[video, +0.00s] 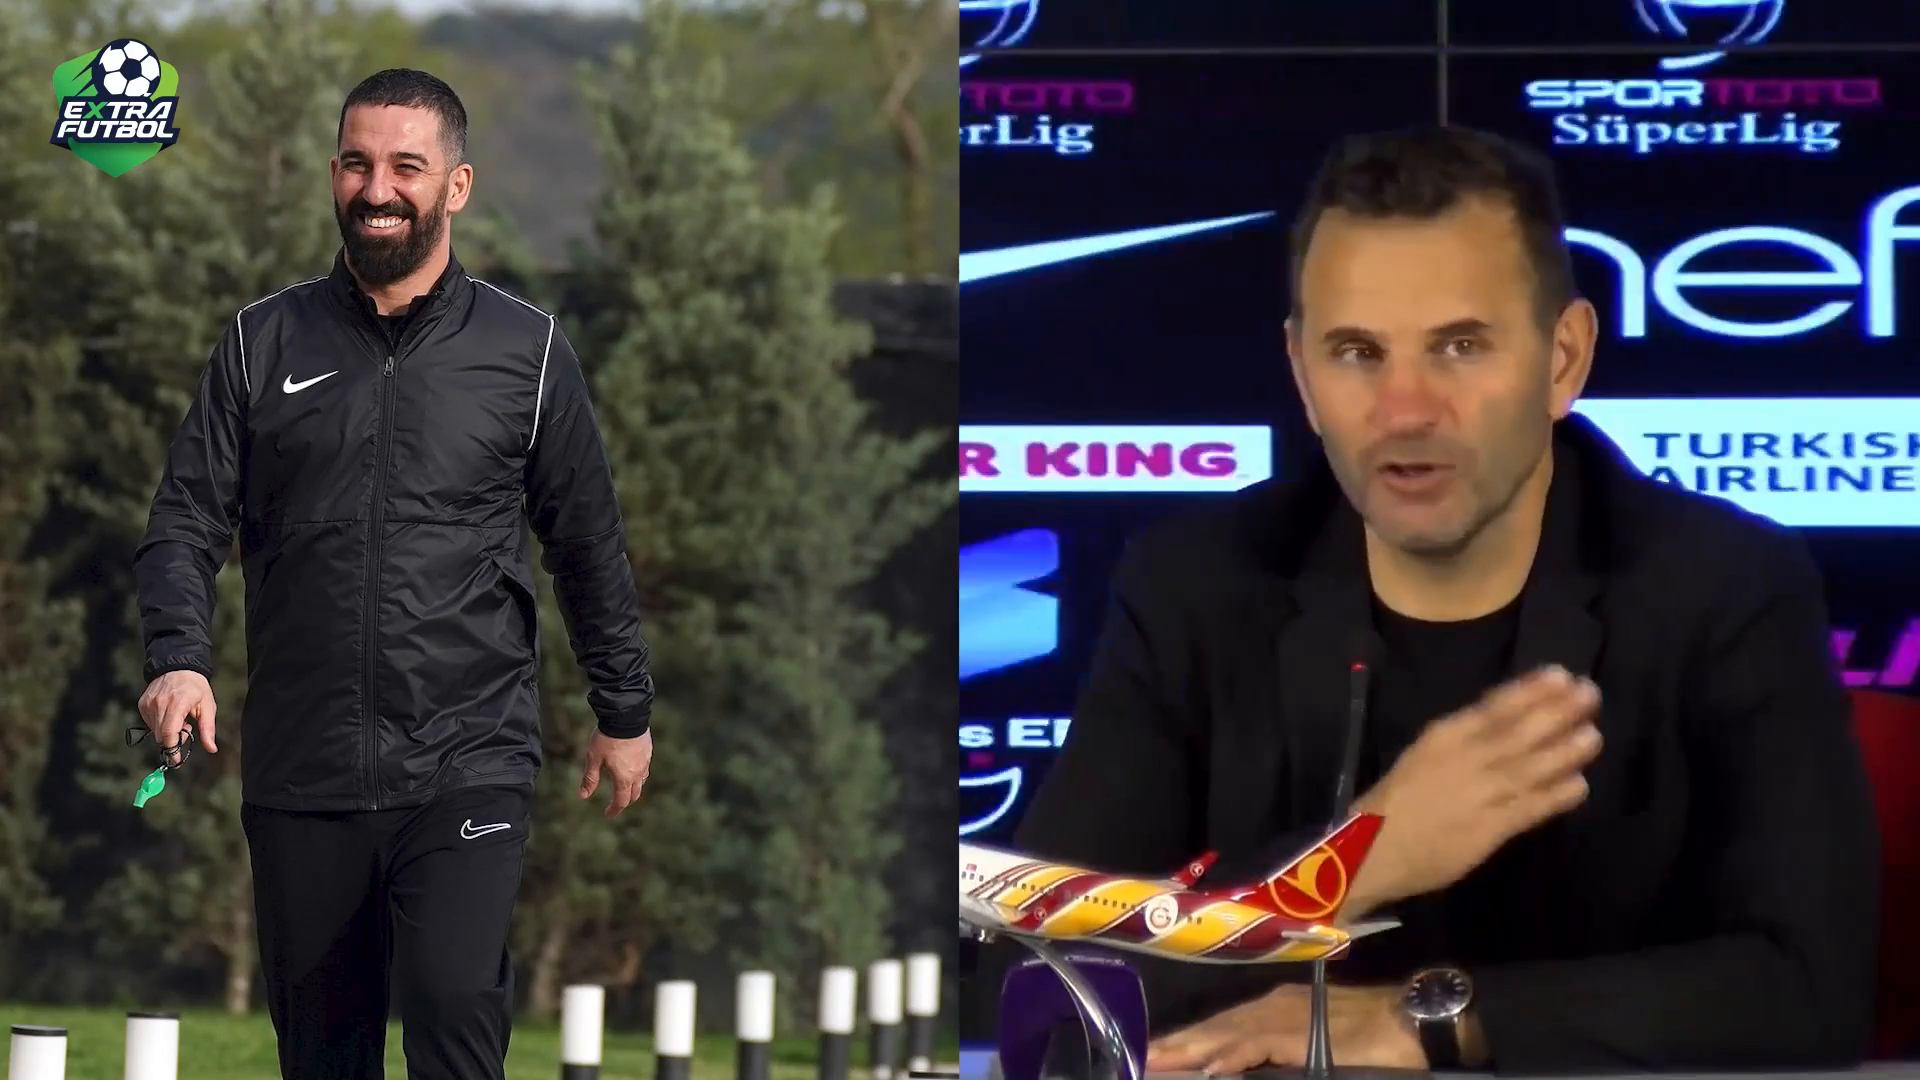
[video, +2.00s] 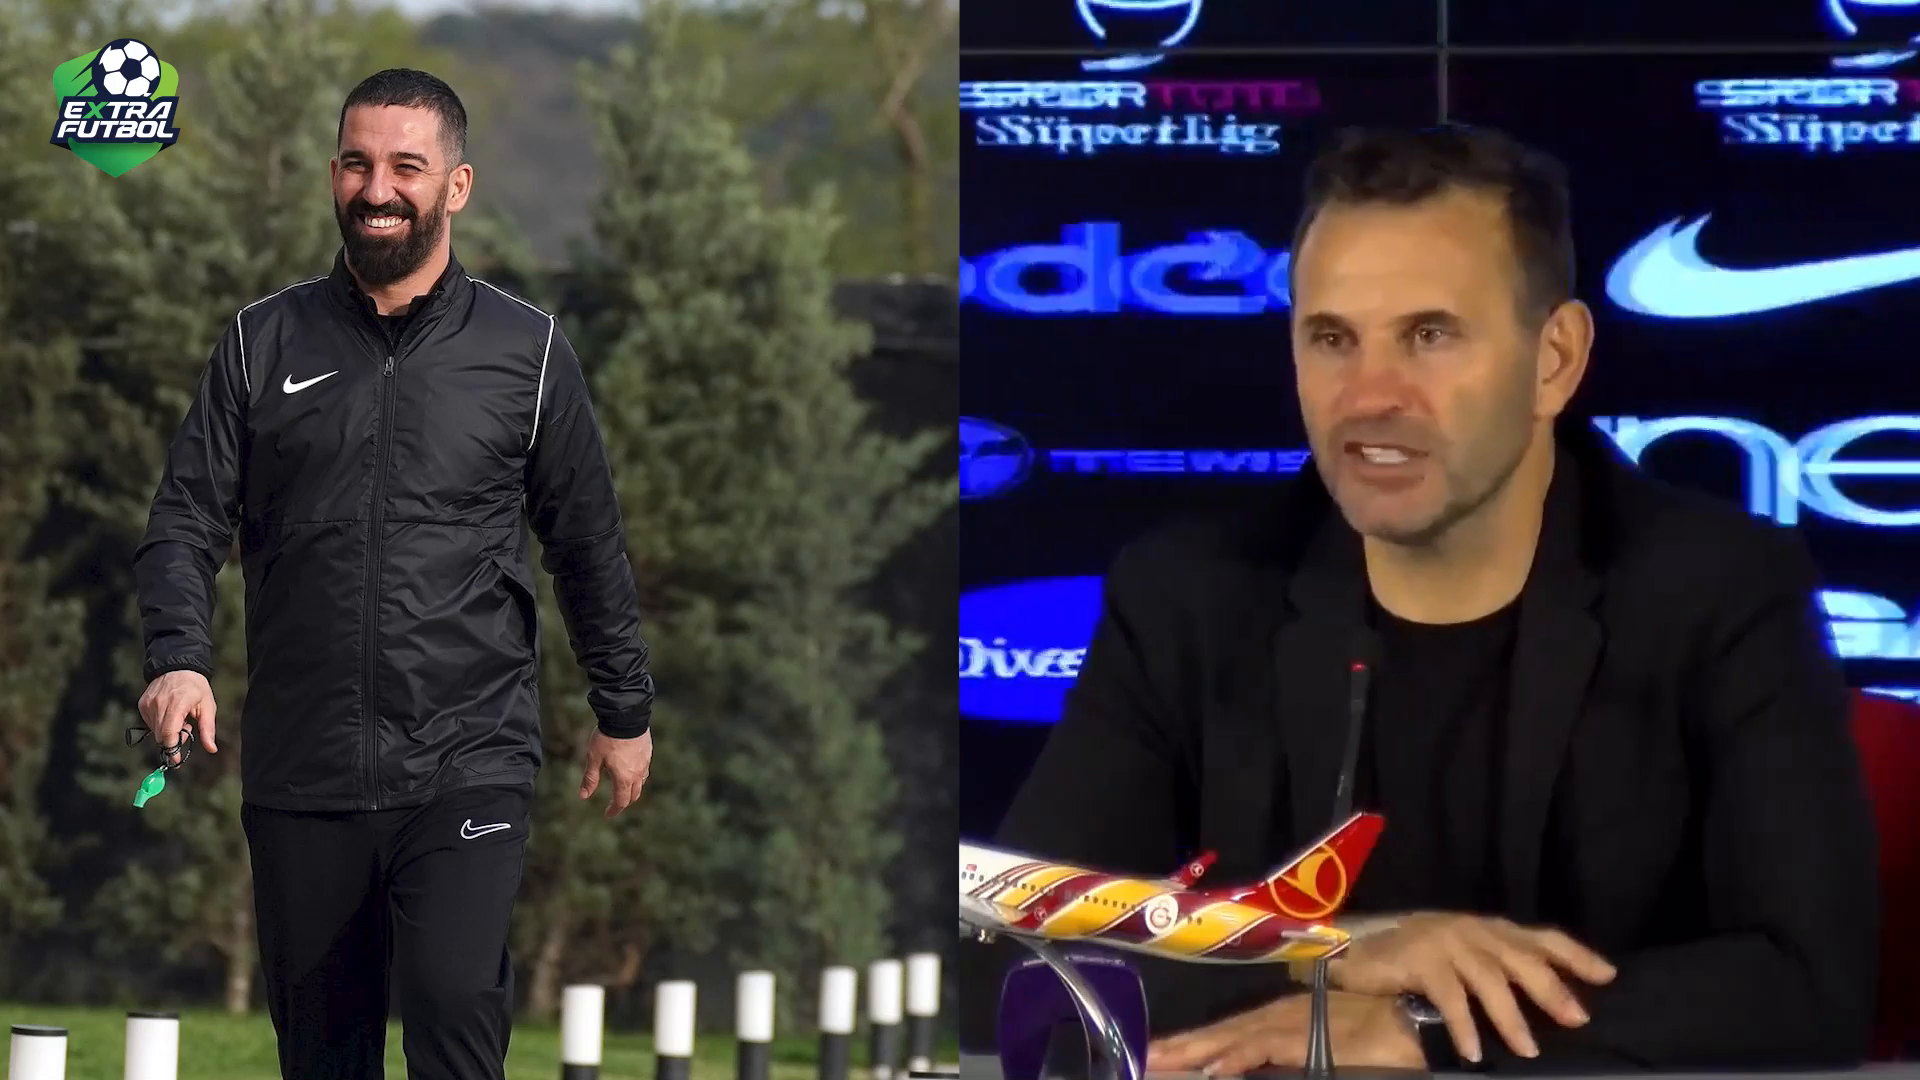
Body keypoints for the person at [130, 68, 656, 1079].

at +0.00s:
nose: (376, 187)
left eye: (405, 164)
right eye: (356, 162)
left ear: (458, 185)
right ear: (334, 176)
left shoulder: (529, 349)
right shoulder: (259, 342)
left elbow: (588, 540)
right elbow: (187, 513)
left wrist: (623, 709)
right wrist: (178, 658)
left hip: (471, 752)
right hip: (302, 755)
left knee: (455, 1019)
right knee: (320, 1042)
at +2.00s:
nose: (375, 187)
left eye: (405, 164)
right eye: (356, 162)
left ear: (458, 185)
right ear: (334, 177)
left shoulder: (530, 350)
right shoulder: (259, 342)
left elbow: (588, 541)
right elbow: (187, 513)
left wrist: (623, 708)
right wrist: (177, 658)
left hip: (472, 752)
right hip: (301, 755)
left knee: (455, 1018)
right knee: (320, 1042)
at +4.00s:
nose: (376, 187)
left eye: (405, 164)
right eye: (356, 162)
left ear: (458, 185)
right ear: (334, 177)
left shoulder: (530, 350)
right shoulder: (259, 342)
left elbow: (589, 541)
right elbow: (186, 513)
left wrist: (623, 708)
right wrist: (178, 658)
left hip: (471, 752)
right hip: (301, 755)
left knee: (455, 1019)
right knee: (320, 1043)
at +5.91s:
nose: (376, 187)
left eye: (405, 164)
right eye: (356, 162)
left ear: (458, 185)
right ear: (334, 177)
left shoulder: (530, 350)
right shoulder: (259, 342)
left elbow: (589, 541)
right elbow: (187, 513)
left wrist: (623, 708)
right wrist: (178, 658)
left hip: (471, 752)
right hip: (301, 755)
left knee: (455, 1019)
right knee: (320, 1043)